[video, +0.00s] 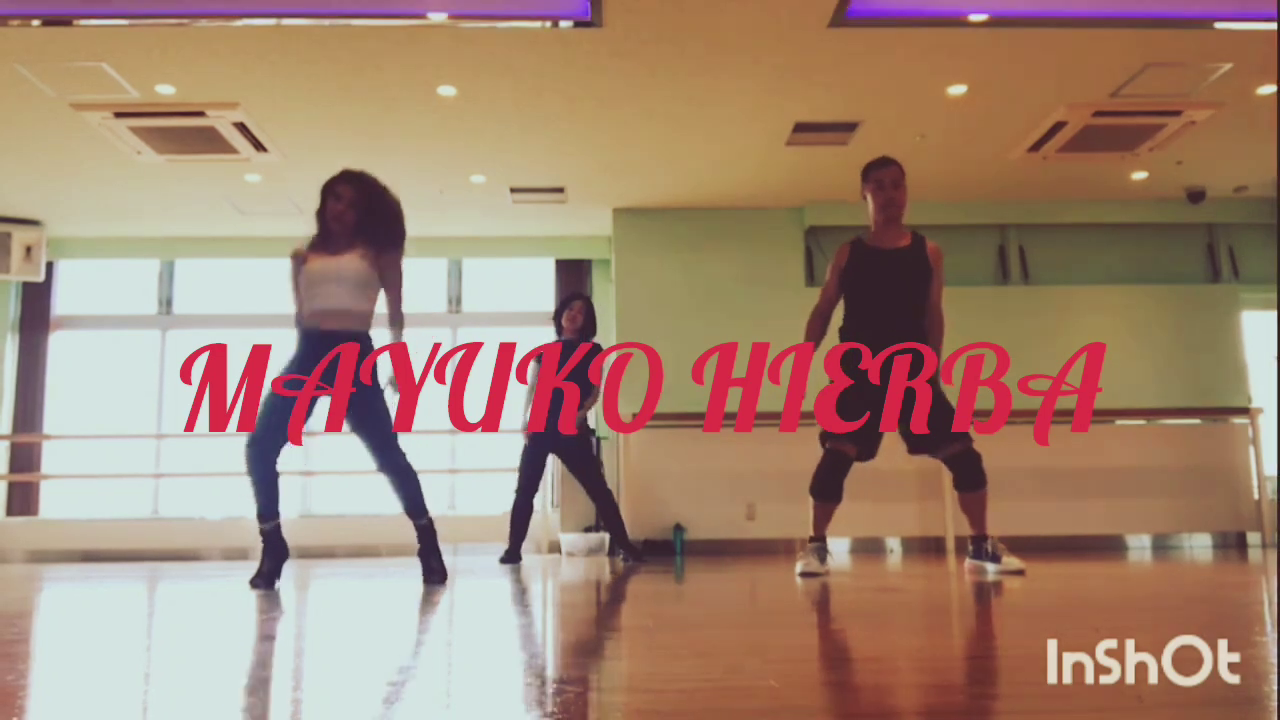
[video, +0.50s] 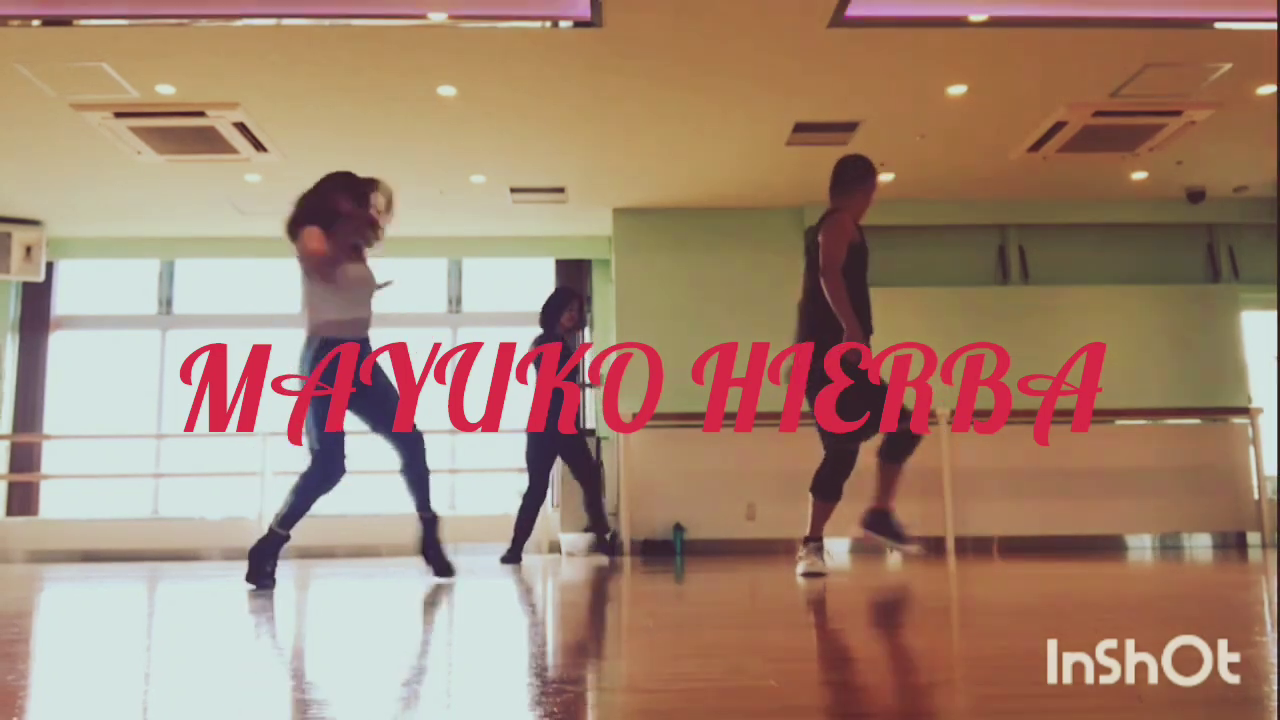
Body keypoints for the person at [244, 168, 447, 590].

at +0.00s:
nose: (339, 209)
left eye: (350, 203)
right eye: (334, 199)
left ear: (364, 212)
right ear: (323, 204)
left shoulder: (380, 255)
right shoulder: (304, 256)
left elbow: (395, 313)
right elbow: (303, 314)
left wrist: (398, 363)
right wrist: (305, 358)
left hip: (354, 360)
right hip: (308, 358)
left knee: (387, 453)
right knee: (260, 447)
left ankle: (428, 543)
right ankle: (272, 543)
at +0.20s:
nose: (335, 235)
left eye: (346, 231)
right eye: (330, 226)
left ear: (359, 243)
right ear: (317, 233)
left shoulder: (368, 289)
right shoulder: (298, 287)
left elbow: (398, 343)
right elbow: (294, 341)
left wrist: (410, 398)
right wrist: (300, 374)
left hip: (376, 395)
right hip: (330, 402)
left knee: (390, 469)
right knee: (258, 462)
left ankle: (434, 543)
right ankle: (277, 546)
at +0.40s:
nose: (358, 229)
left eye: (365, 221)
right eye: (352, 219)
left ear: (370, 226)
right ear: (333, 218)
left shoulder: (367, 264)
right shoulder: (302, 259)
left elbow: (392, 305)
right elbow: (258, 291)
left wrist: (426, 318)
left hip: (368, 369)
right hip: (325, 370)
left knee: (403, 454)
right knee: (314, 463)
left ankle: (438, 543)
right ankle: (275, 550)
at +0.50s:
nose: (366, 211)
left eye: (367, 203)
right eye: (359, 202)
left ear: (358, 208)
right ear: (338, 202)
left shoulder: (354, 239)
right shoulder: (313, 233)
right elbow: (320, 264)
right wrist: (342, 243)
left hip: (359, 358)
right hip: (325, 359)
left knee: (411, 443)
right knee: (328, 468)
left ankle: (430, 535)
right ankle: (267, 547)